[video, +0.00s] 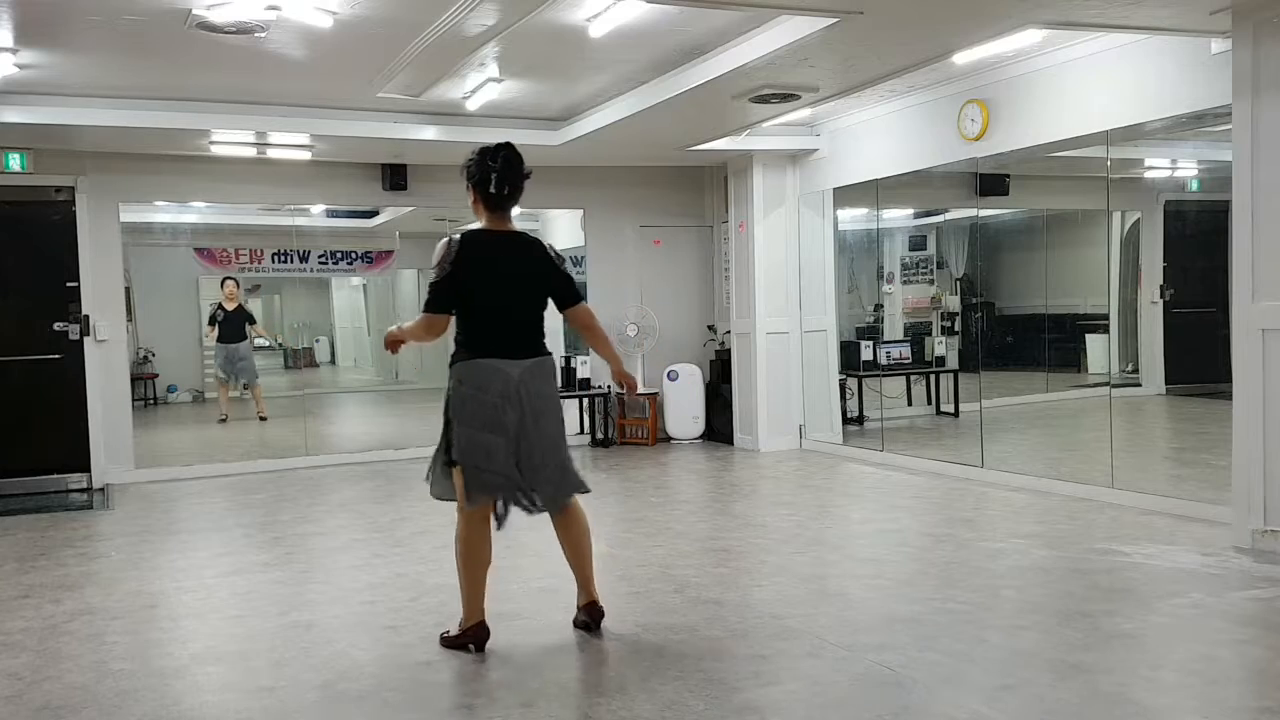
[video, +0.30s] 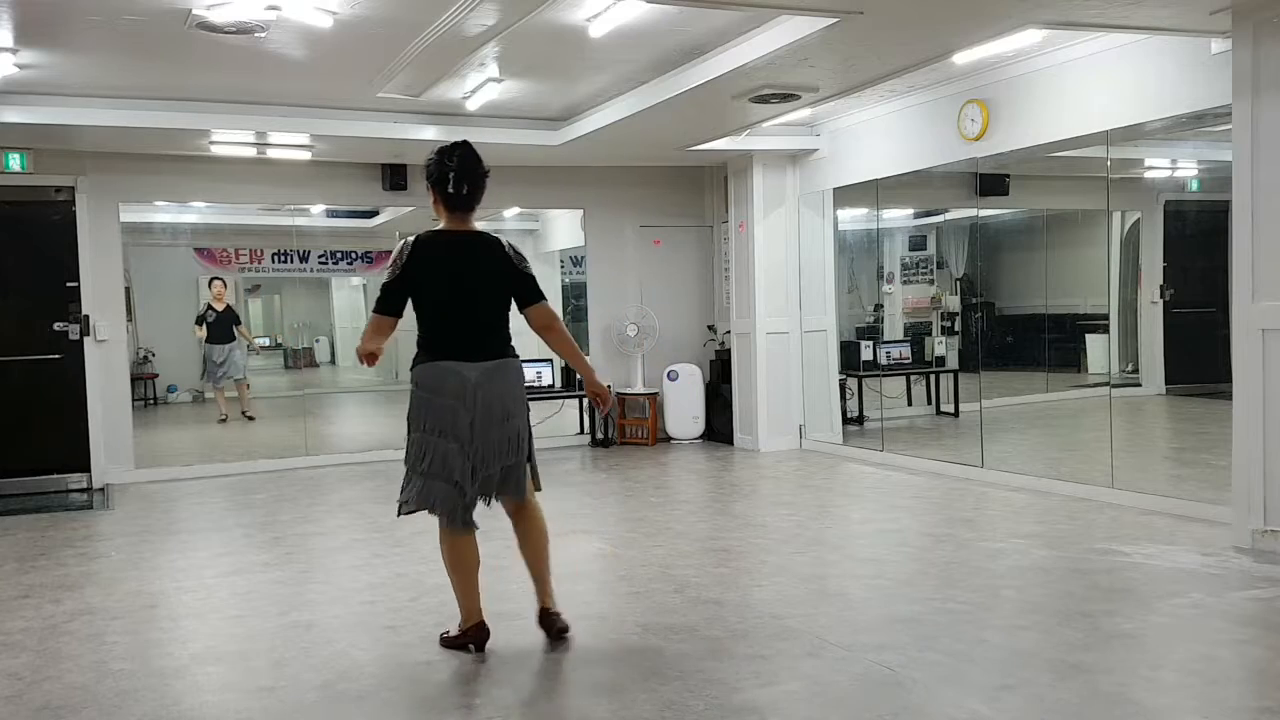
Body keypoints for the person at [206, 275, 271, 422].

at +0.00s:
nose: (231, 290)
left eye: (234, 286)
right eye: (227, 287)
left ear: (238, 289)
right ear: (222, 290)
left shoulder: (244, 308)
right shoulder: (216, 309)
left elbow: (255, 327)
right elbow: (210, 328)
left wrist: (269, 339)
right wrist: (207, 333)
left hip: (242, 347)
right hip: (223, 348)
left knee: (253, 380)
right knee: (223, 382)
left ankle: (260, 410)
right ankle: (223, 413)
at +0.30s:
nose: (219, 290)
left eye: (222, 287)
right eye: (215, 287)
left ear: (226, 290)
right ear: (210, 290)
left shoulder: (230, 308)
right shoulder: (207, 308)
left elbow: (240, 328)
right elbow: (198, 325)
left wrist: (253, 342)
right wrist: (200, 333)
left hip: (232, 346)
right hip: (214, 348)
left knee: (240, 378)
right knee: (218, 383)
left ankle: (245, 409)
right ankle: (223, 412)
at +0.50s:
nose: (213, 291)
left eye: (216, 288)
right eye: (210, 288)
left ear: (220, 290)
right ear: (204, 291)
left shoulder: (225, 309)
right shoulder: (201, 310)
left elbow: (236, 328)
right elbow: (192, 329)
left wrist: (248, 341)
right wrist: (188, 345)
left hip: (225, 348)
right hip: (209, 348)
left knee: (224, 380)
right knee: (215, 381)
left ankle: (214, 407)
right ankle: (222, 411)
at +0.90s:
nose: (202, 292)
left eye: (204, 289)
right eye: (198, 289)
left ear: (208, 291)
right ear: (193, 292)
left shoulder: (213, 310)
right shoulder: (189, 310)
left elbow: (224, 327)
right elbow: (177, 329)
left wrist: (236, 340)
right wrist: (168, 346)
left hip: (211, 348)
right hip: (196, 348)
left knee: (208, 380)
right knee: (205, 379)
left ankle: (201, 412)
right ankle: (213, 411)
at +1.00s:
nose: (198, 292)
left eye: (201, 289)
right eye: (195, 289)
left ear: (204, 292)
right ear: (189, 292)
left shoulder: (209, 310)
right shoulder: (185, 310)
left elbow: (221, 327)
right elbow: (173, 329)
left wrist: (233, 342)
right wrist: (164, 346)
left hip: (209, 349)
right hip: (193, 349)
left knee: (207, 381)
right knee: (200, 380)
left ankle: (202, 412)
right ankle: (199, 413)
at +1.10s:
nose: (195, 292)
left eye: (198, 289)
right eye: (191, 289)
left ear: (201, 291)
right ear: (186, 292)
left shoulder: (206, 309)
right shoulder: (182, 310)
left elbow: (218, 327)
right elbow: (170, 328)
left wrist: (231, 341)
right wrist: (161, 344)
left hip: (206, 348)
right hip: (190, 348)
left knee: (205, 382)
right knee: (192, 381)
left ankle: (200, 413)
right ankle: (187, 413)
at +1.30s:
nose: (187, 290)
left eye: (189, 287)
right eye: (183, 287)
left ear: (194, 290)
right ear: (178, 290)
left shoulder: (200, 309)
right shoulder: (173, 308)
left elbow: (213, 327)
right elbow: (162, 325)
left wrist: (226, 344)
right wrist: (153, 342)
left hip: (198, 349)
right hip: (179, 350)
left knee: (201, 383)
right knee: (182, 383)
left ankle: (200, 413)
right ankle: (183, 414)